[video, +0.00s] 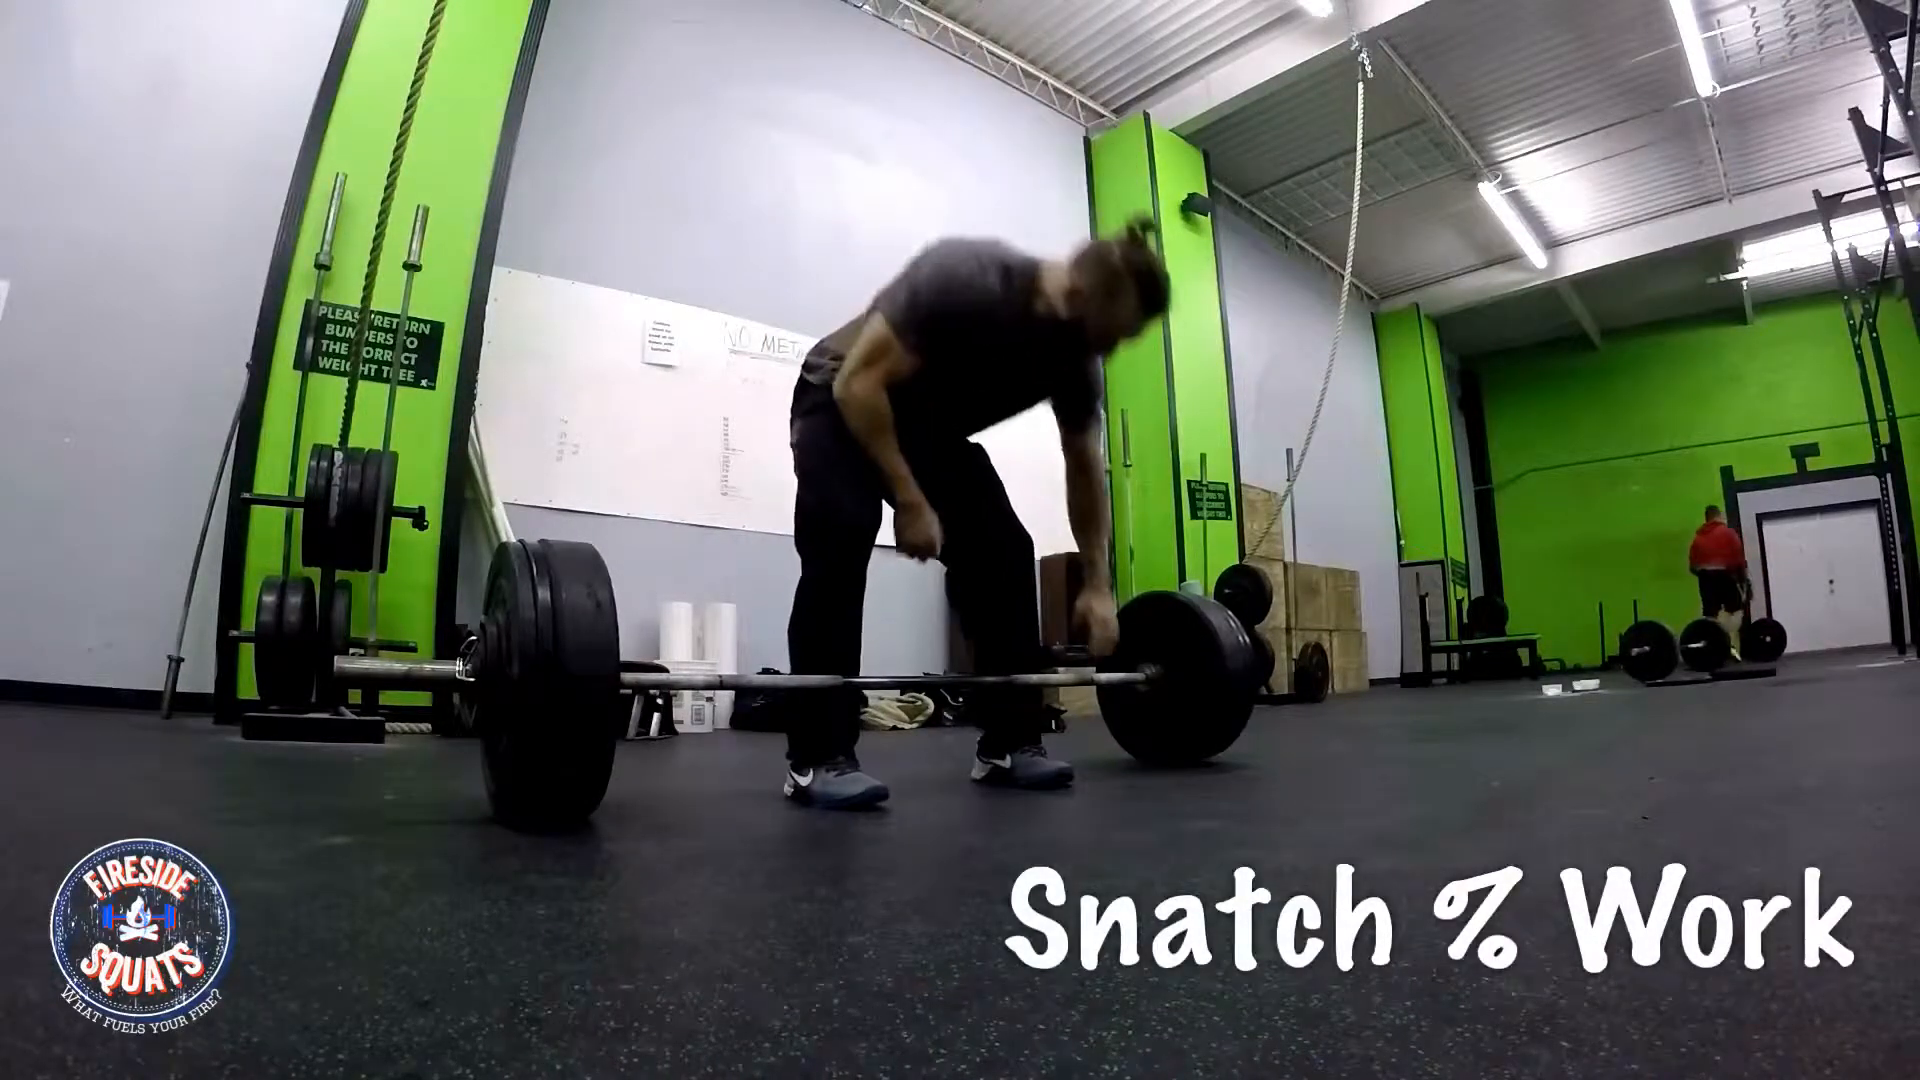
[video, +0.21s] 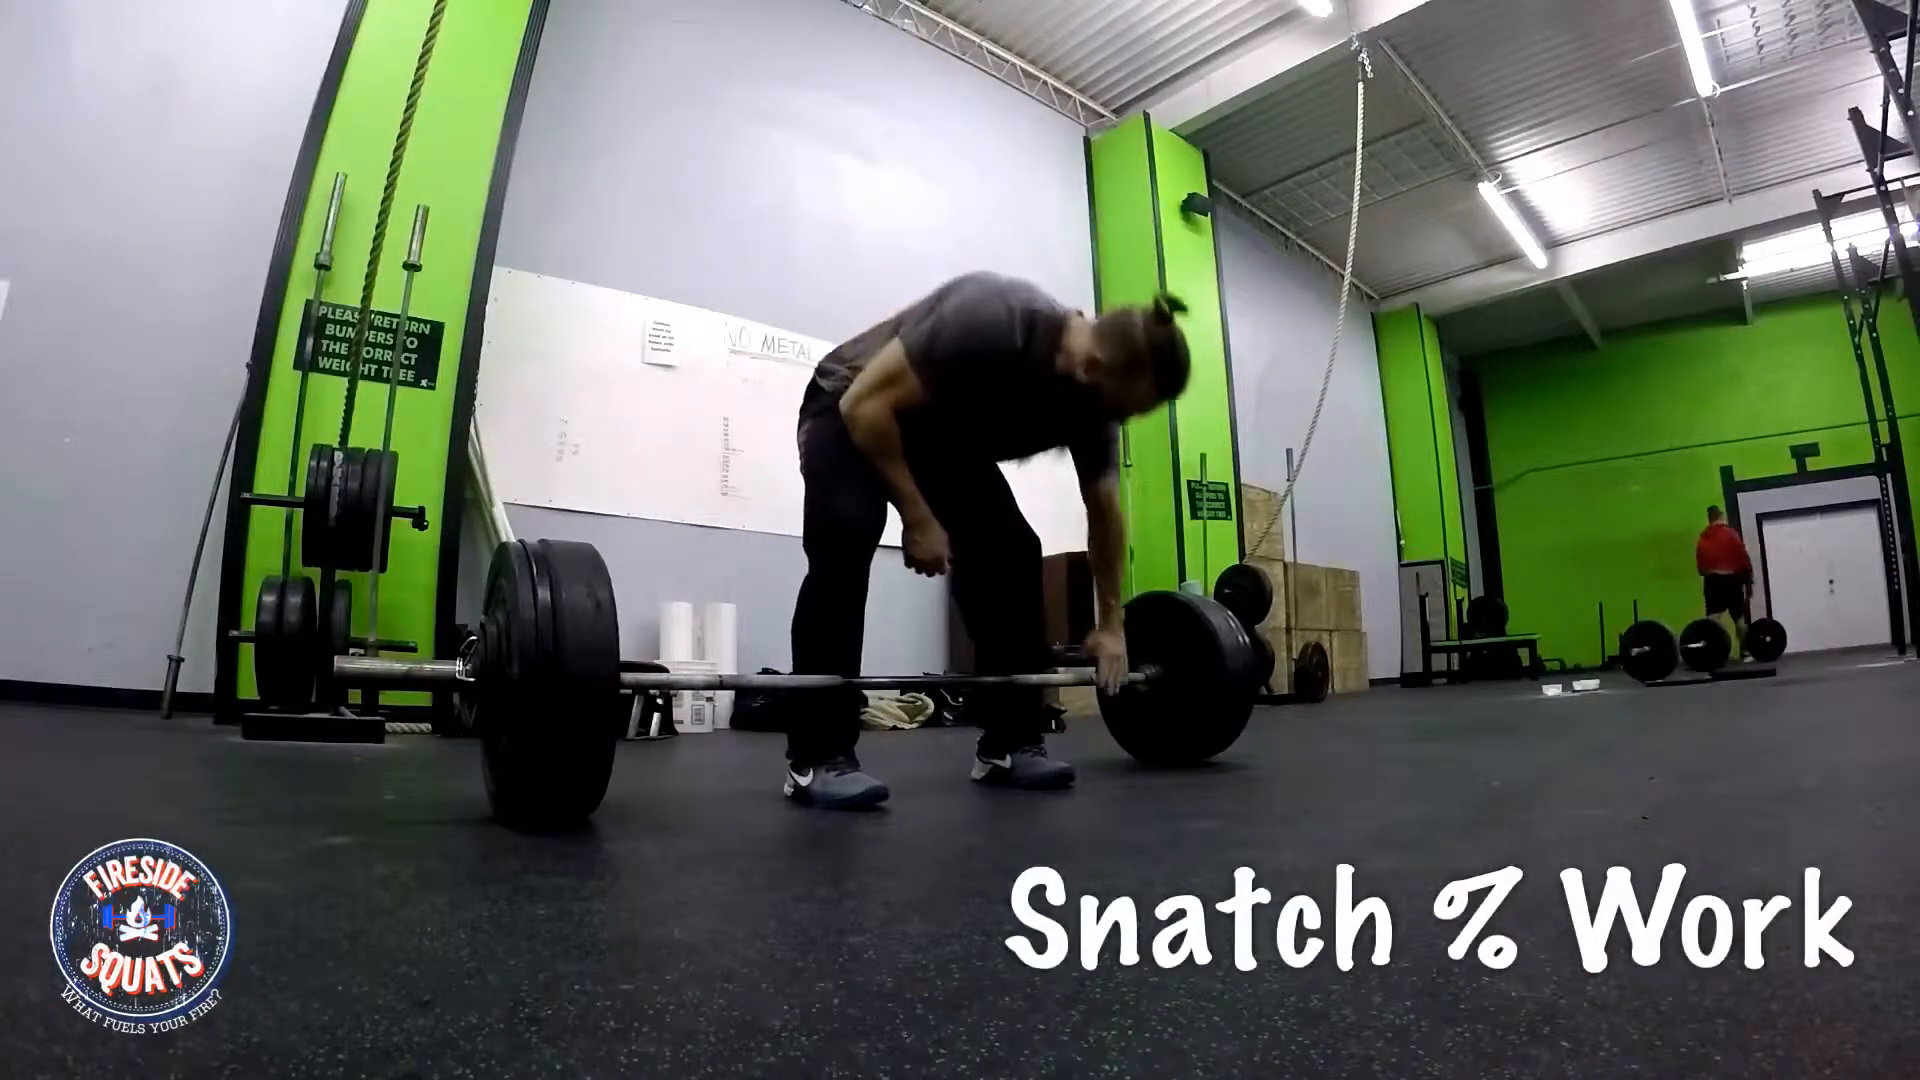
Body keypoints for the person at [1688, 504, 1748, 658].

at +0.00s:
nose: (1723, 518)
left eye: (1721, 516)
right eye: (1722, 516)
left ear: (1706, 518)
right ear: (1720, 516)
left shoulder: (1700, 535)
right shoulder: (1728, 533)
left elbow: (1693, 561)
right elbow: (1738, 557)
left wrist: (1700, 571)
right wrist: (1742, 577)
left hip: (1705, 574)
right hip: (1725, 573)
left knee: (1710, 612)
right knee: (1735, 609)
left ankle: (1712, 647)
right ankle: (1731, 646)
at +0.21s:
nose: (1720, 519)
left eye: (1714, 518)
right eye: (1721, 517)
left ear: (1709, 519)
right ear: (1722, 517)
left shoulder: (1704, 537)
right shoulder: (1731, 534)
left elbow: (1700, 559)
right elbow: (1742, 556)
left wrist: (1703, 572)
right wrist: (1748, 575)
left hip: (1712, 578)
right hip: (1732, 577)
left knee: (1714, 616)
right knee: (1739, 616)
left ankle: (1715, 653)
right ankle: (1745, 651)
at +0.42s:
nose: (1728, 519)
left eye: (1725, 517)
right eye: (1730, 516)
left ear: (1718, 517)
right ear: (1731, 516)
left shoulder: (1710, 538)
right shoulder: (1741, 536)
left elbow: (1707, 559)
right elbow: (1751, 557)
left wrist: (1713, 570)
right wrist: (1747, 573)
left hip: (1719, 578)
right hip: (1740, 578)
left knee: (1720, 617)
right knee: (1745, 616)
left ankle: (1720, 654)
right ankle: (1746, 652)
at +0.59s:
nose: (1730, 520)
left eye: (1727, 517)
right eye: (1732, 516)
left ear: (1721, 517)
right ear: (1735, 515)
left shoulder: (1715, 536)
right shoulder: (1745, 534)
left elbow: (1709, 561)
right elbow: (1755, 554)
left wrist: (1721, 570)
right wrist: (1747, 569)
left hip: (1724, 579)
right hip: (1742, 578)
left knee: (1724, 618)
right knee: (1745, 616)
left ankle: (1722, 655)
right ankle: (1746, 653)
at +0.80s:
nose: (1732, 526)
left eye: (1730, 523)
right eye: (1734, 522)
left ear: (1721, 524)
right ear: (1735, 522)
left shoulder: (1715, 543)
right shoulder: (1744, 539)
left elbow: (1709, 567)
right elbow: (1755, 560)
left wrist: (1722, 575)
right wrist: (1747, 572)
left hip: (1726, 581)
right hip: (1743, 580)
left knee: (1729, 621)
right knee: (1745, 617)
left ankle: (1729, 656)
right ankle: (1746, 654)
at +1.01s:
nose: (1730, 528)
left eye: (1728, 525)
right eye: (1731, 524)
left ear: (1718, 527)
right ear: (1732, 525)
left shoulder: (1714, 544)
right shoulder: (1743, 540)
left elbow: (1710, 569)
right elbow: (1754, 561)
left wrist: (1720, 577)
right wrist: (1750, 574)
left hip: (1726, 582)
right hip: (1744, 581)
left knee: (1730, 621)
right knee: (1744, 620)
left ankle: (1729, 656)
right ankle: (1746, 655)